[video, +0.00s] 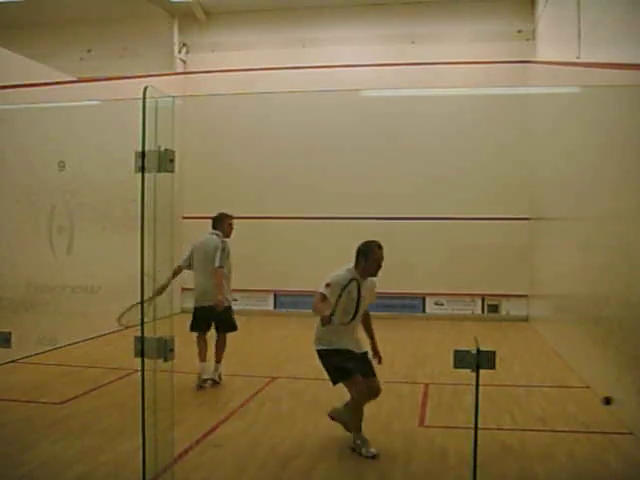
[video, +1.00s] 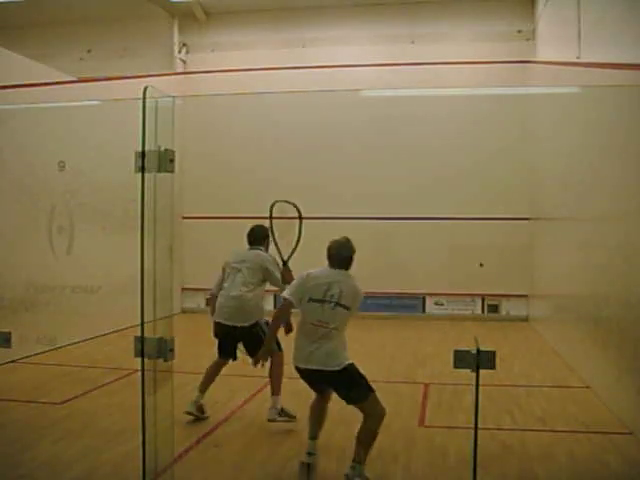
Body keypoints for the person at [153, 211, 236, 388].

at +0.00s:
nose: (232, 229)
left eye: (232, 225)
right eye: (229, 225)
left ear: (214, 226)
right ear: (221, 226)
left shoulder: (198, 244)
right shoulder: (221, 244)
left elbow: (180, 267)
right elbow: (218, 270)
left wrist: (164, 285)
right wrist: (220, 295)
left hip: (201, 301)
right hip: (220, 301)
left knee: (201, 334)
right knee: (221, 334)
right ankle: (217, 370)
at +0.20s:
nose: (245, 231)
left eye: (245, 227)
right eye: (242, 227)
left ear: (229, 229)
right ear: (232, 228)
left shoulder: (214, 248)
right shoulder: (232, 247)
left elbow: (199, 276)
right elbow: (230, 275)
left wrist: (188, 301)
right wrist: (235, 301)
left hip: (217, 309)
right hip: (235, 308)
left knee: (228, 346)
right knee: (247, 338)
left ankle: (231, 386)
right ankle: (252, 379)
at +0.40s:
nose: (261, 234)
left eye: (261, 230)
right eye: (258, 230)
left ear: (243, 231)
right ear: (246, 231)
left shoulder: (227, 251)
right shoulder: (247, 250)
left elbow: (213, 280)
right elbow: (253, 280)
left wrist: (208, 305)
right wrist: (272, 305)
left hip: (229, 312)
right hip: (248, 311)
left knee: (233, 349)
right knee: (270, 345)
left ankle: (232, 387)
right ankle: (274, 385)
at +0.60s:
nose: (280, 244)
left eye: (280, 240)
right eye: (277, 240)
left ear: (259, 242)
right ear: (265, 241)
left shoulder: (241, 262)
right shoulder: (268, 262)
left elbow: (224, 292)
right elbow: (284, 293)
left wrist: (220, 317)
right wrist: (301, 317)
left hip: (244, 324)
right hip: (268, 325)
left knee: (240, 353)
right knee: (285, 361)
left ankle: (233, 388)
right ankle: (281, 407)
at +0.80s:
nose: (279, 239)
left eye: (278, 235)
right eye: (278, 235)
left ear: (257, 236)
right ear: (275, 236)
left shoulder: (242, 257)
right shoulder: (277, 258)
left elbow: (225, 291)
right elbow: (297, 290)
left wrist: (224, 318)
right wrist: (300, 319)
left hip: (240, 319)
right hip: (266, 320)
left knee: (238, 354)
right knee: (282, 359)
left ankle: (237, 392)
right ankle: (281, 408)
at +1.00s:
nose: (269, 243)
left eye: (269, 240)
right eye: (269, 240)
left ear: (248, 241)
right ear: (266, 241)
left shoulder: (233, 258)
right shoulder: (265, 259)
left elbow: (213, 294)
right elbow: (286, 286)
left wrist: (215, 321)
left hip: (223, 318)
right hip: (249, 319)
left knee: (222, 357)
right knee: (276, 355)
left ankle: (197, 400)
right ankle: (275, 407)